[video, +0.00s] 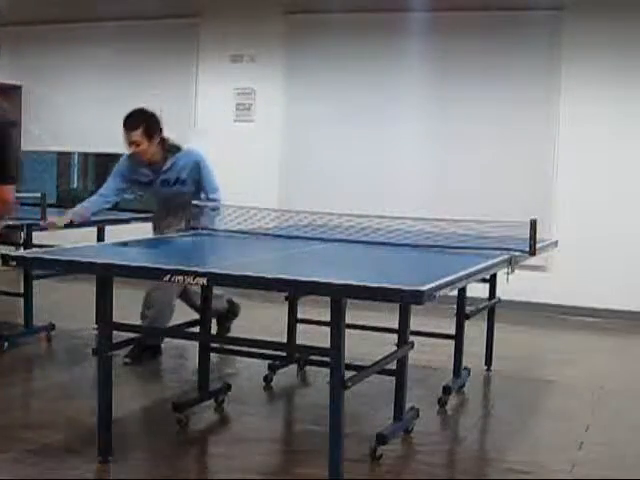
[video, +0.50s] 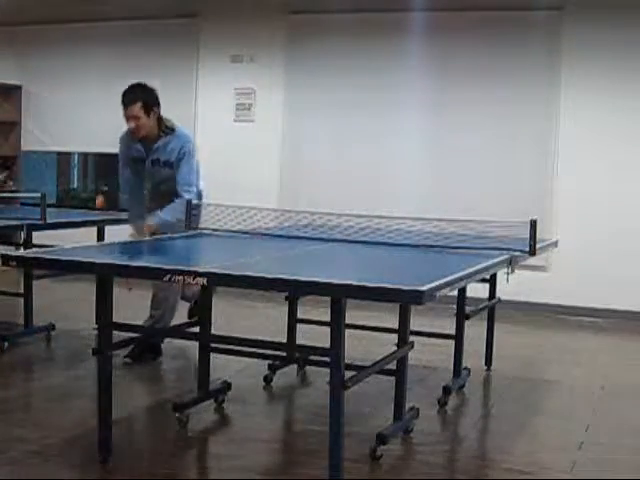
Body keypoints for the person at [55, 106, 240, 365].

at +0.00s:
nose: (132, 151)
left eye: (136, 144)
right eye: (129, 145)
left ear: (157, 138)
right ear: (127, 142)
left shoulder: (192, 161)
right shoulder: (130, 165)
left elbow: (212, 202)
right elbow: (106, 197)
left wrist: (200, 238)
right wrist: (68, 219)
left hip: (192, 231)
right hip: (162, 230)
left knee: (165, 280)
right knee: (180, 281)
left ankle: (149, 341)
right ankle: (223, 307)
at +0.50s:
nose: (131, 126)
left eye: (136, 119)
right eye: (128, 119)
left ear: (154, 113)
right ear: (125, 117)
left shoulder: (181, 143)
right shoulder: (128, 142)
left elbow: (187, 198)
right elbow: (129, 189)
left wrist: (153, 222)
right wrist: (138, 227)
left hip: (183, 215)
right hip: (152, 216)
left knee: (168, 274)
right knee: (153, 268)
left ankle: (152, 337)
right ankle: (196, 291)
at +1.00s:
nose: (208, 90)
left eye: (215, 86)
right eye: (204, 84)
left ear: (223, 90)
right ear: (196, 86)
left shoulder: (234, 125)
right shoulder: (186, 125)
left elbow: (237, 168)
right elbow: (173, 171)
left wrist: (204, 175)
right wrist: (165, 213)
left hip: (221, 202)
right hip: (190, 201)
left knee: (201, 263)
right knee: (193, 263)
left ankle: (176, 326)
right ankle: (200, 325)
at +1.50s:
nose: (300, 102)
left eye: (305, 98)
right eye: (297, 95)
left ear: (306, 101)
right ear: (283, 93)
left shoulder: (305, 135)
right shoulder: (256, 126)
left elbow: (313, 175)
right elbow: (244, 167)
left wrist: (319, 207)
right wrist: (236, 201)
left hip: (286, 196)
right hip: (255, 195)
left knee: (297, 260)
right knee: (236, 258)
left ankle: (315, 323)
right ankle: (211, 318)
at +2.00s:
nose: (356, 95)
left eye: (363, 95)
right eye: (356, 89)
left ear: (370, 103)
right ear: (348, 89)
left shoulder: (361, 136)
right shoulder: (329, 122)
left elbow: (362, 178)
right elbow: (317, 162)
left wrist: (350, 210)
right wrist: (298, 189)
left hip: (348, 191)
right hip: (329, 187)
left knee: (334, 252)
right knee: (334, 251)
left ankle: (316, 320)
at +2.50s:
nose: (393, 107)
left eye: (397, 102)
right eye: (390, 102)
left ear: (410, 100)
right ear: (387, 102)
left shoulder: (420, 131)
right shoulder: (402, 130)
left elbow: (429, 172)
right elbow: (409, 164)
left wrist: (396, 173)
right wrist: (396, 169)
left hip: (419, 193)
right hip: (406, 191)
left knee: (401, 252)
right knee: (405, 253)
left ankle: (395, 319)